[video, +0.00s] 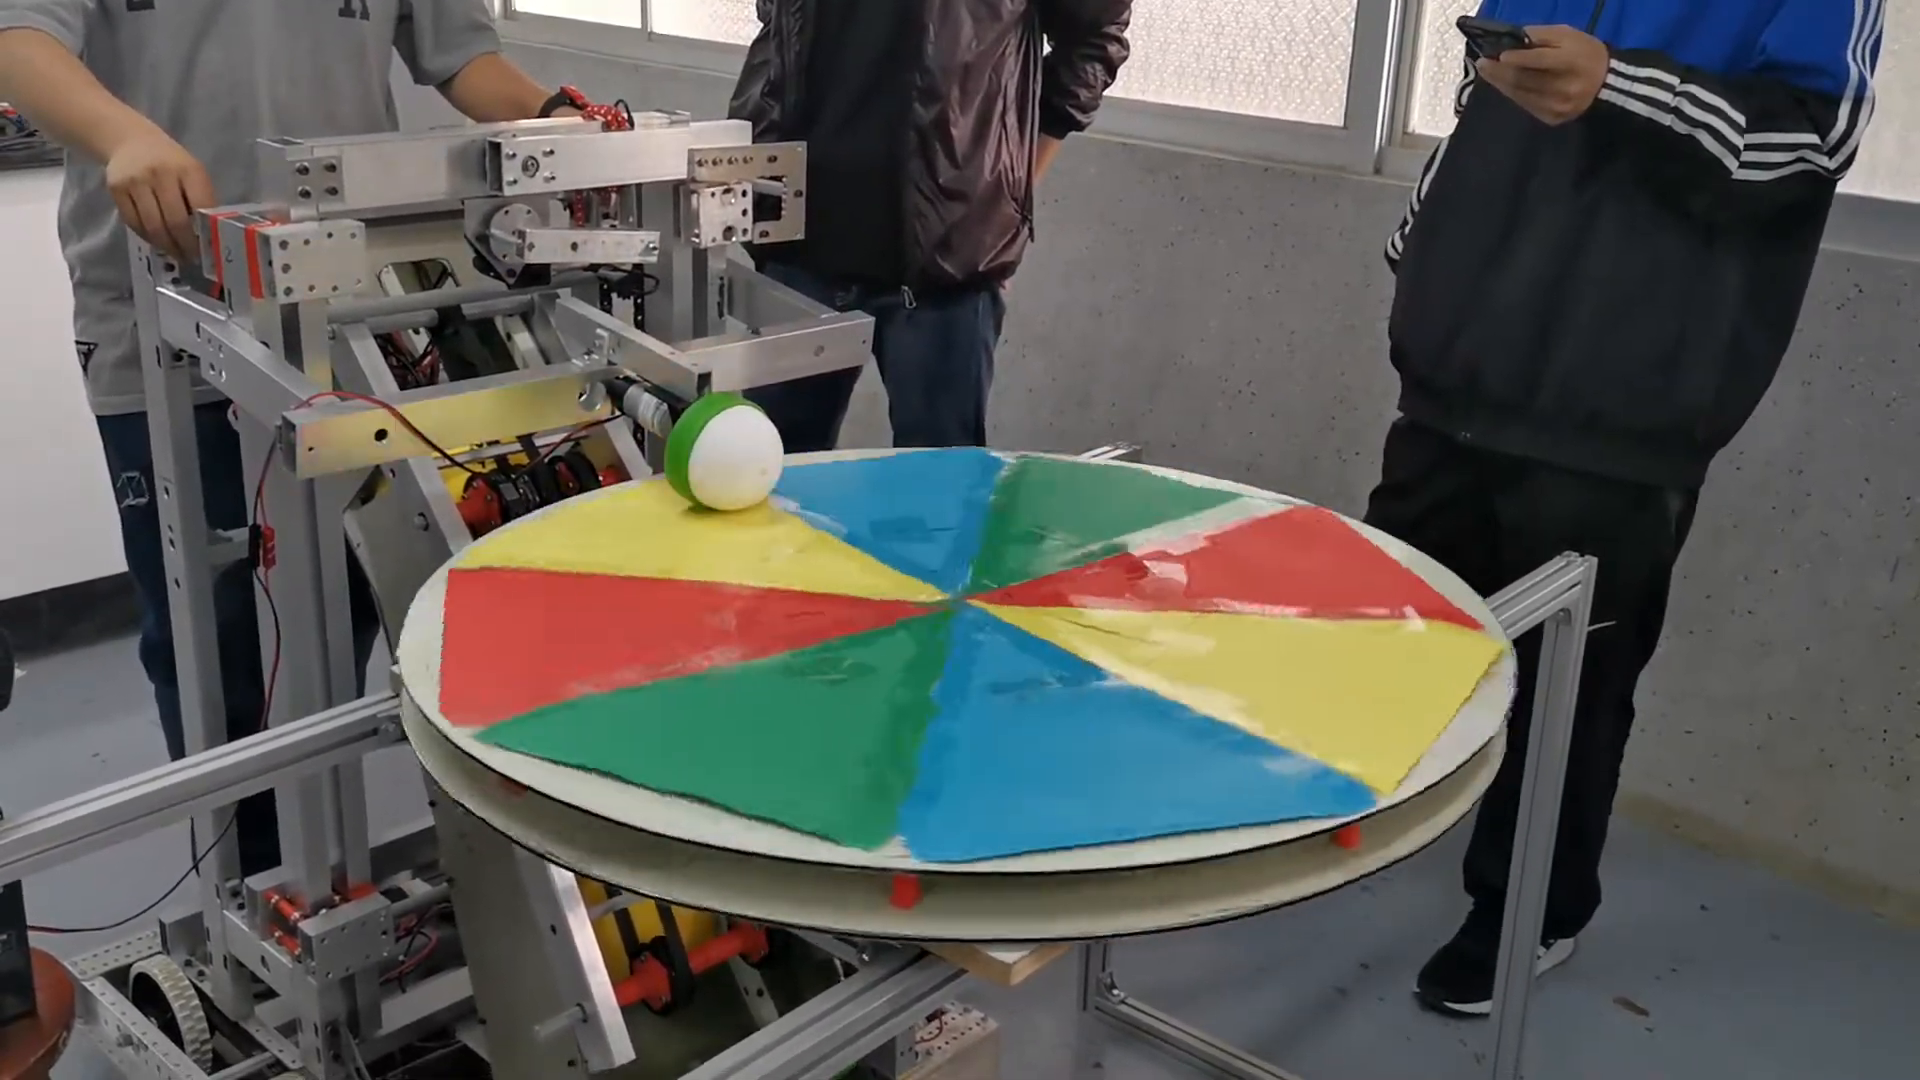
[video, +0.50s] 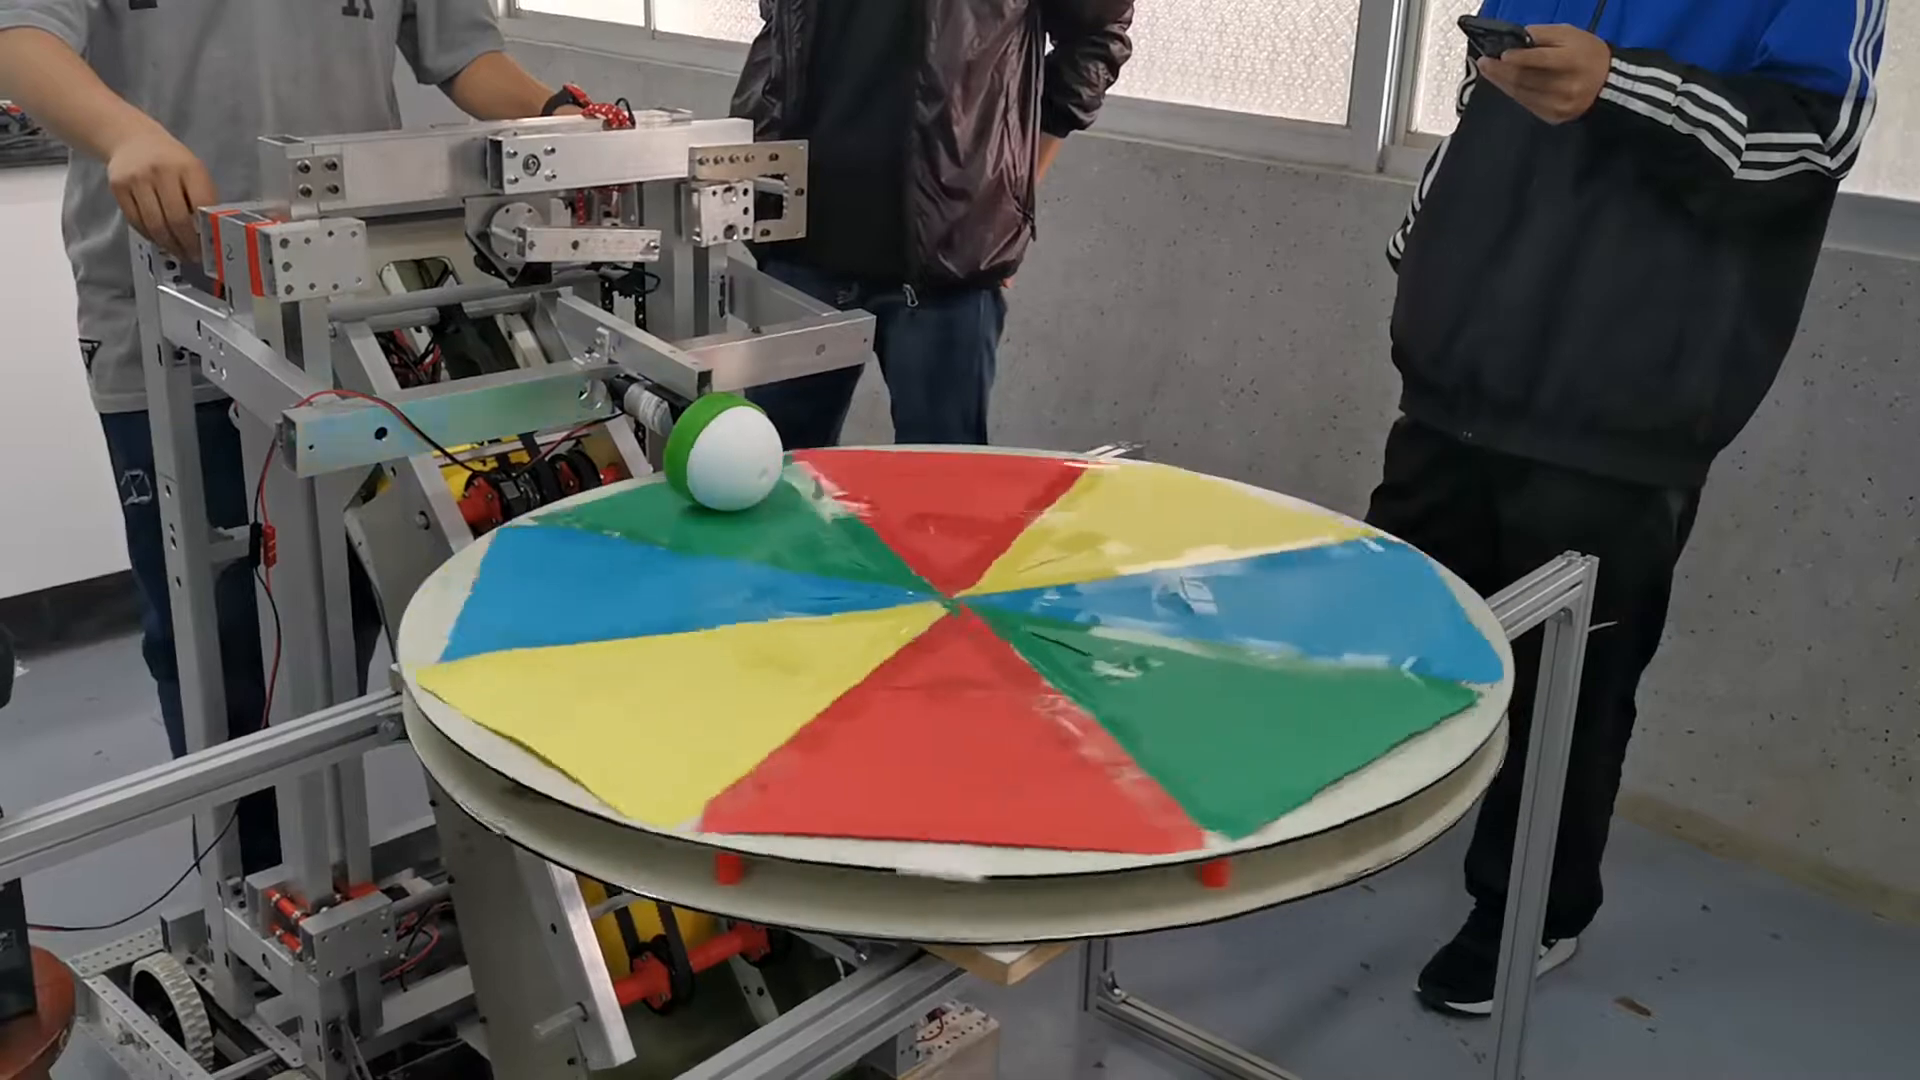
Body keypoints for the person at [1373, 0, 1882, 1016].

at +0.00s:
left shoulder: (1820, 7)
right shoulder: (1539, 6)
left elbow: (1811, 142)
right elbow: (1490, 96)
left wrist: (1612, 85)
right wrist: (1415, 246)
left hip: (1641, 373)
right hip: (1474, 327)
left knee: (1573, 666)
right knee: (1394, 615)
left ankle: (1528, 909)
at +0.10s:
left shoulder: (1820, 7)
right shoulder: (1540, 6)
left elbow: (1810, 143)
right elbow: (1488, 99)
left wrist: (1612, 84)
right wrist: (1414, 250)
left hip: (1639, 376)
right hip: (1472, 331)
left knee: (1572, 669)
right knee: (1394, 615)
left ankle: (1527, 910)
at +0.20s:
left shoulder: (1821, 7)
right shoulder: (1539, 6)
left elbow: (1812, 143)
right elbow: (1490, 96)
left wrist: (1614, 85)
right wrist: (1415, 248)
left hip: (1641, 374)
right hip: (1474, 330)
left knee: (1573, 668)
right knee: (1397, 612)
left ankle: (1529, 909)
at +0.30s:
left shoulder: (1823, 6)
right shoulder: (1538, 5)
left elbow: (1814, 141)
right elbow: (1490, 99)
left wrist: (1614, 84)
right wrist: (1418, 245)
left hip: (1639, 375)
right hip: (1473, 328)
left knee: (1573, 669)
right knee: (1401, 612)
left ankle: (1528, 910)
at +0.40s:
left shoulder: (1824, 6)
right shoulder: (1539, 5)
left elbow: (1814, 142)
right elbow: (1490, 100)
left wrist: (1613, 85)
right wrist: (1420, 245)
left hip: (1639, 375)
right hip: (1474, 329)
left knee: (1573, 667)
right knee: (1400, 613)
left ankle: (1531, 910)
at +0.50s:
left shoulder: (1821, 7)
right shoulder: (1542, 3)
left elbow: (1813, 141)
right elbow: (1494, 86)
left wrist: (1613, 84)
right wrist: (1420, 244)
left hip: (1639, 374)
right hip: (1474, 326)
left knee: (1574, 666)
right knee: (1398, 607)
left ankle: (1529, 908)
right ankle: (1330, 820)